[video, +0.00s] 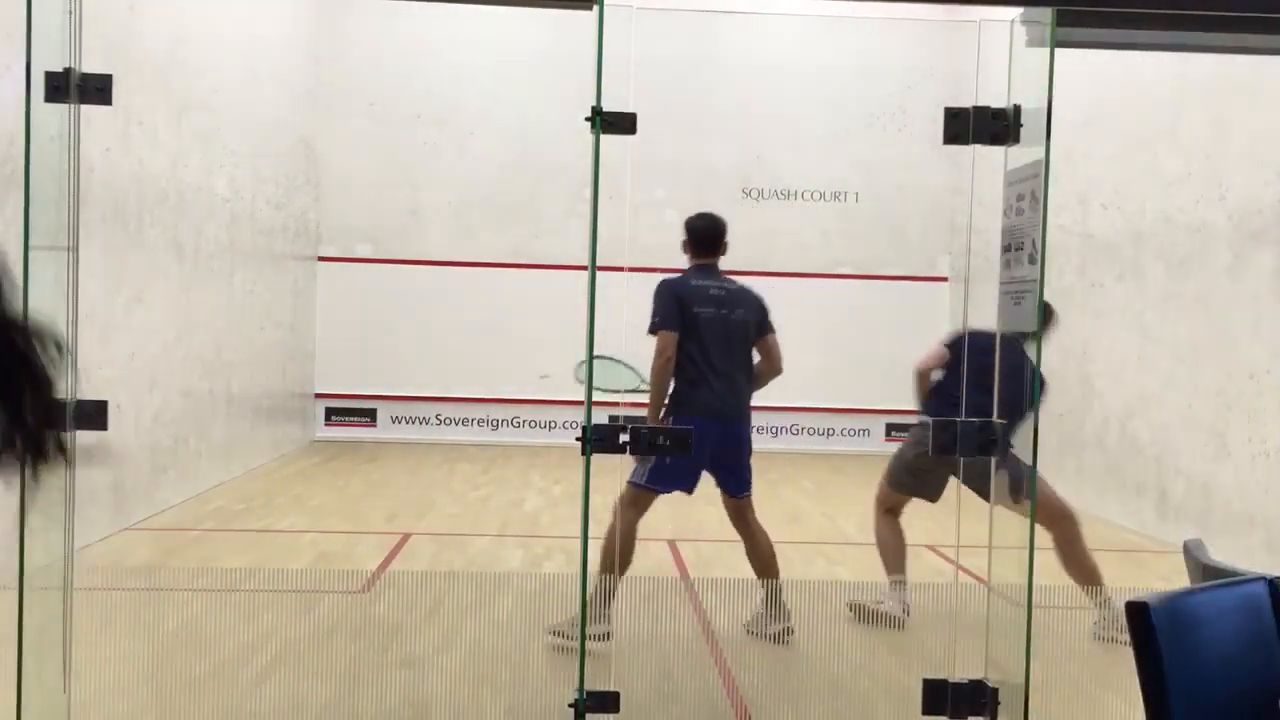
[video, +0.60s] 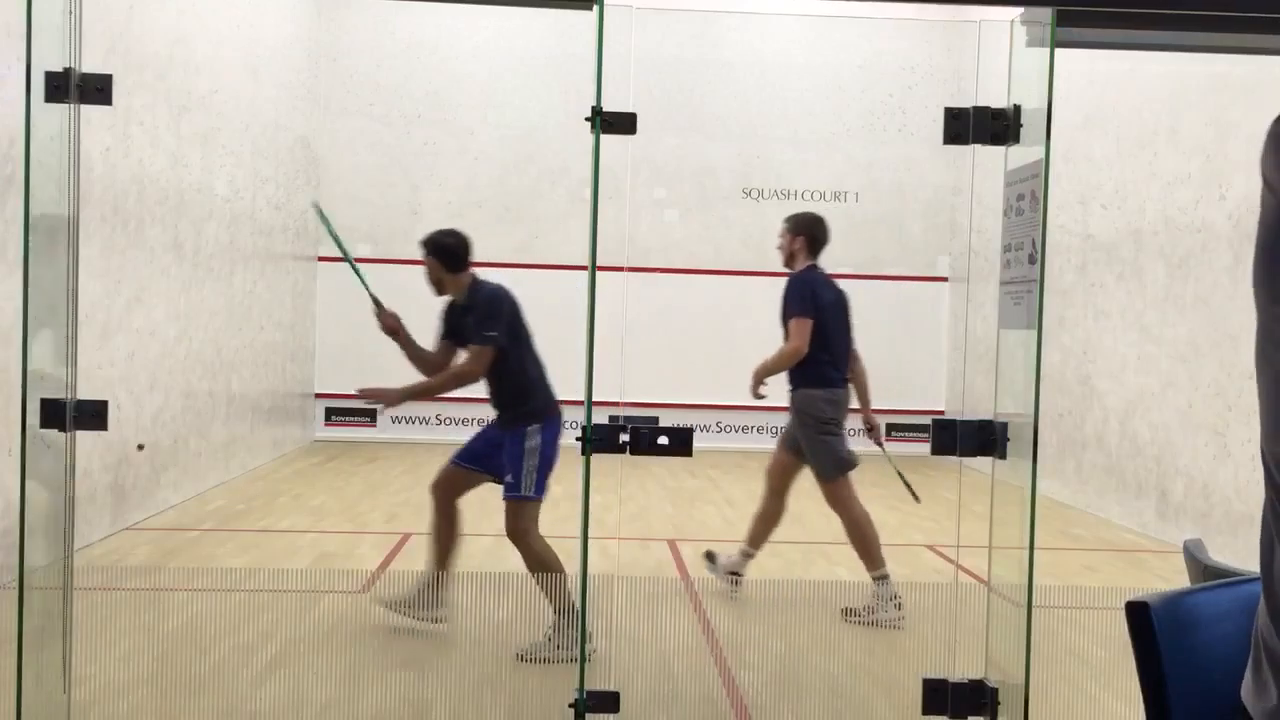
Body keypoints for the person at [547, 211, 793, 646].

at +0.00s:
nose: (686, 251)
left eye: (686, 245)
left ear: (685, 248)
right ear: (724, 249)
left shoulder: (673, 289)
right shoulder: (748, 298)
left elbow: (666, 354)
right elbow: (772, 364)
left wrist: (652, 419)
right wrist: (737, 391)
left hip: (686, 424)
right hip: (734, 427)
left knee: (628, 508)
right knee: (746, 517)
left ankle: (596, 616)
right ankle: (777, 613)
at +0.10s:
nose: (648, 263)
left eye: (648, 257)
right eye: (657, 256)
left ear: (651, 261)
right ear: (687, 261)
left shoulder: (647, 306)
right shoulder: (711, 309)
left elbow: (647, 374)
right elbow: (734, 378)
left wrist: (630, 443)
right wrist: (691, 394)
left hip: (663, 444)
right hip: (713, 444)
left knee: (595, 512)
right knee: (734, 528)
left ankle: (580, 621)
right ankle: (777, 618)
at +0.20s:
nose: (599, 262)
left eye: (601, 255)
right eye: (602, 254)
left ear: (606, 259)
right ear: (638, 259)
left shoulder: (615, 306)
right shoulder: (656, 306)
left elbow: (625, 377)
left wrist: (599, 440)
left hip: (633, 444)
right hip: (674, 445)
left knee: (565, 522)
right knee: (708, 528)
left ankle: (571, 632)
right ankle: (768, 616)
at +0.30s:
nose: (550, 263)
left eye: (553, 255)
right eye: (552, 255)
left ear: (566, 258)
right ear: (585, 256)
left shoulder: (592, 304)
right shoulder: (589, 300)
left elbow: (600, 378)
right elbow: (597, 375)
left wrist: (552, 437)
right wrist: (557, 400)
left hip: (608, 436)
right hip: (627, 433)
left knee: (545, 523)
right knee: (641, 531)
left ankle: (572, 631)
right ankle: (733, 598)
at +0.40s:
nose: (507, 265)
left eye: (510, 257)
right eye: (508, 256)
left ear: (525, 260)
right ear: (539, 258)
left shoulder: (561, 304)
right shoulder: (545, 302)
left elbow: (563, 376)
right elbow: (547, 368)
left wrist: (501, 423)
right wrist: (510, 391)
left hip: (588, 430)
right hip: (581, 427)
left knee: (535, 526)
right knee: (555, 527)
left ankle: (571, 632)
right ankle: (650, 574)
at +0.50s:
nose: (467, 269)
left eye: (470, 261)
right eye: (467, 261)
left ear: (488, 262)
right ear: (496, 260)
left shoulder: (528, 301)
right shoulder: (501, 305)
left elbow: (518, 373)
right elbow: (493, 370)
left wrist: (450, 405)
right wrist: (452, 371)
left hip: (564, 425)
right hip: (542, 424)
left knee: (529, 529)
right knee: (489, 499)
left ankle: (571, 628)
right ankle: (549, 588)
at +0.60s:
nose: (424, 273)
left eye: (427, 266)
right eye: (425, 265)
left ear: (442, 267)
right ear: (457, 263)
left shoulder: (493, 300)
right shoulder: (457, 308)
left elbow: (474, 370)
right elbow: (436, 366)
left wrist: (402, 395)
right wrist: (401, 336)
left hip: (536, 424)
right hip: (507, 424)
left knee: (521, 528)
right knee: (444, 489)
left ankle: (571, 627)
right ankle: (434, 596)